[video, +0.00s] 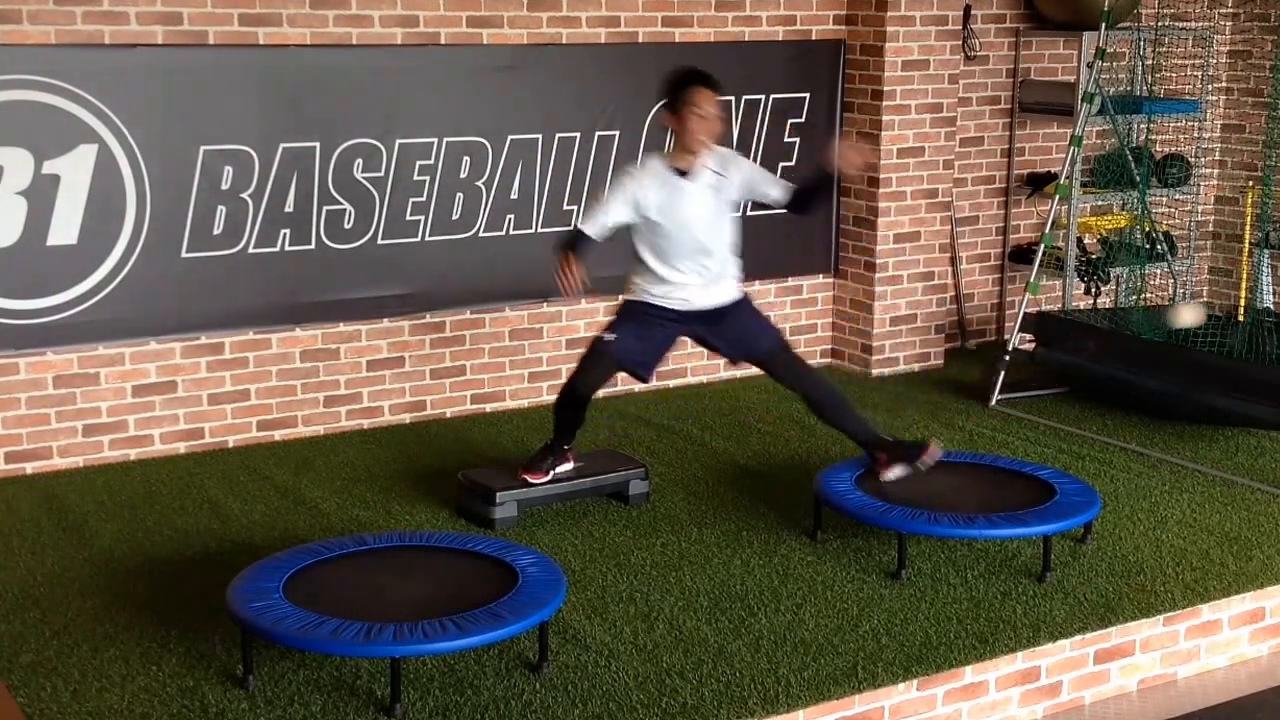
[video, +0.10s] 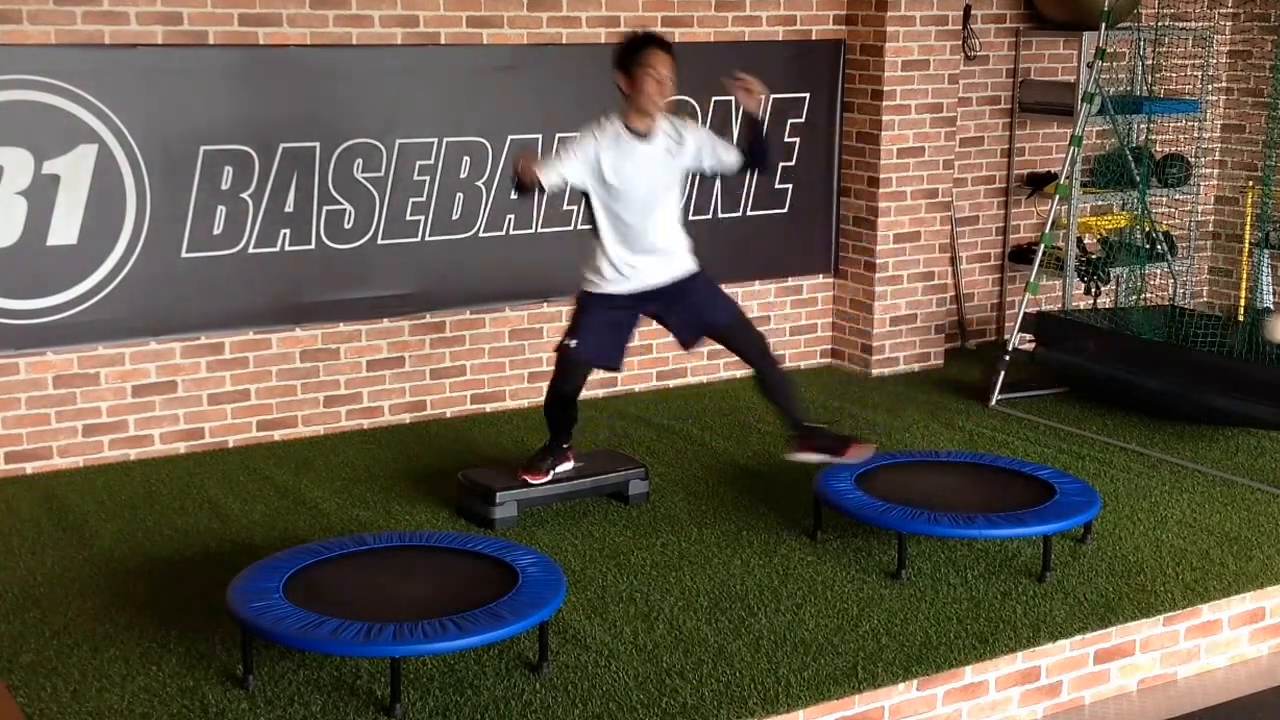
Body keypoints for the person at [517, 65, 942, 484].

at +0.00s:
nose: (713, 121)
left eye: (717, 112)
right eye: (701, 112)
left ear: (722, 120)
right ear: (673, 119)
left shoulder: (731, 169)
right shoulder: (641, 180)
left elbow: (795, 200)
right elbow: (586, 231)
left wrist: (830, 170)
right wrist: (569, 257)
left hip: (723, 304)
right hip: (653, 305)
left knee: (798, 374)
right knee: (580, 383)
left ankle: (883, 452)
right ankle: (559, 451)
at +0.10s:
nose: (664, 84)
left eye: (669, 76)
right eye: (653, 75)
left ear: (675, 84)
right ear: (624, 81)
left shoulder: (683, 136)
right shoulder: (597, 142)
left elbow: (754, 160)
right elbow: (534, 185)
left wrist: (755, 115)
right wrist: (525, 176)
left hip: (678, 275)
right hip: (611, 282)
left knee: (756, 347)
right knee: (564, 384)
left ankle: (804, 432)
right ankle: (558, 450)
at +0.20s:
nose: (634, 44)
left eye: (640, 35)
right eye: (623, 34)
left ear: (645, 41)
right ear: (597, 39)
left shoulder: (654, 96)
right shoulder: (567, 98)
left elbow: (727, 123)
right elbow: (500, 142)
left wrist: (712, 81)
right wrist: (504, 118)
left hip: (642, 251)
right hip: (579, 258)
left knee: (696, 334)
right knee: (545, 370)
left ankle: (680, 420)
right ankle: (550, 428)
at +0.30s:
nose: (602, 35)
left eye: (610, 26)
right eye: (592, 24)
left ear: (618, 31)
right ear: (569, 28)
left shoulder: (633, 85)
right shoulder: (541, 83)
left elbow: (706, 110)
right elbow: (475, 136)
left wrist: (693, 73)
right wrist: (483, 122)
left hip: (608, 249)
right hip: (546, 249)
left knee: (627, 343)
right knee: (509, 360)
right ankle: (522, 429)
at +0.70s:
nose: (477, 221)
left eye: (484, 210)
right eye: (465, 212)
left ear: (493, 207)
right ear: (441, 214)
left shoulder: (506, 240)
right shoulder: (434, 267)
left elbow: (558, 269)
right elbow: (440, 354)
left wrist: (568, 280)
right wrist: (458, 439)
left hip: (465, 358)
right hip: (406, 355)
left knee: (516, 416)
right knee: (393, 423)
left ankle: (512, 457)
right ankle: (370, 554)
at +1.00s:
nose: (460, 291)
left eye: (466, 277)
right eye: (445, 282)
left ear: (471, 271)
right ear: (415, 285)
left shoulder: (484, 293)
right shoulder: (403, 340)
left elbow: (538, 308)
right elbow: (418, 444)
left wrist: (548, 346)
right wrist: (431, 539)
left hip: (442, 380)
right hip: (377, 384)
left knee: (489, 421)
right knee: (371, 439)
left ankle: (514, 451)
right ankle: (368, 558)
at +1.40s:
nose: (573, 154)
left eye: (578, 143)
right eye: (561, 143)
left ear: (580, 144)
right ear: (528, 148)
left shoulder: (559, 190)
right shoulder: (513, 195)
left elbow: (590, 216)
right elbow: (478, 271)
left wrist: (619, 222)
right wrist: (541, 268)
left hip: (492, 316)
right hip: (449, 321)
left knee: (544, 357)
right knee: (434, 421)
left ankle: (512, 451)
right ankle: (383, 541)